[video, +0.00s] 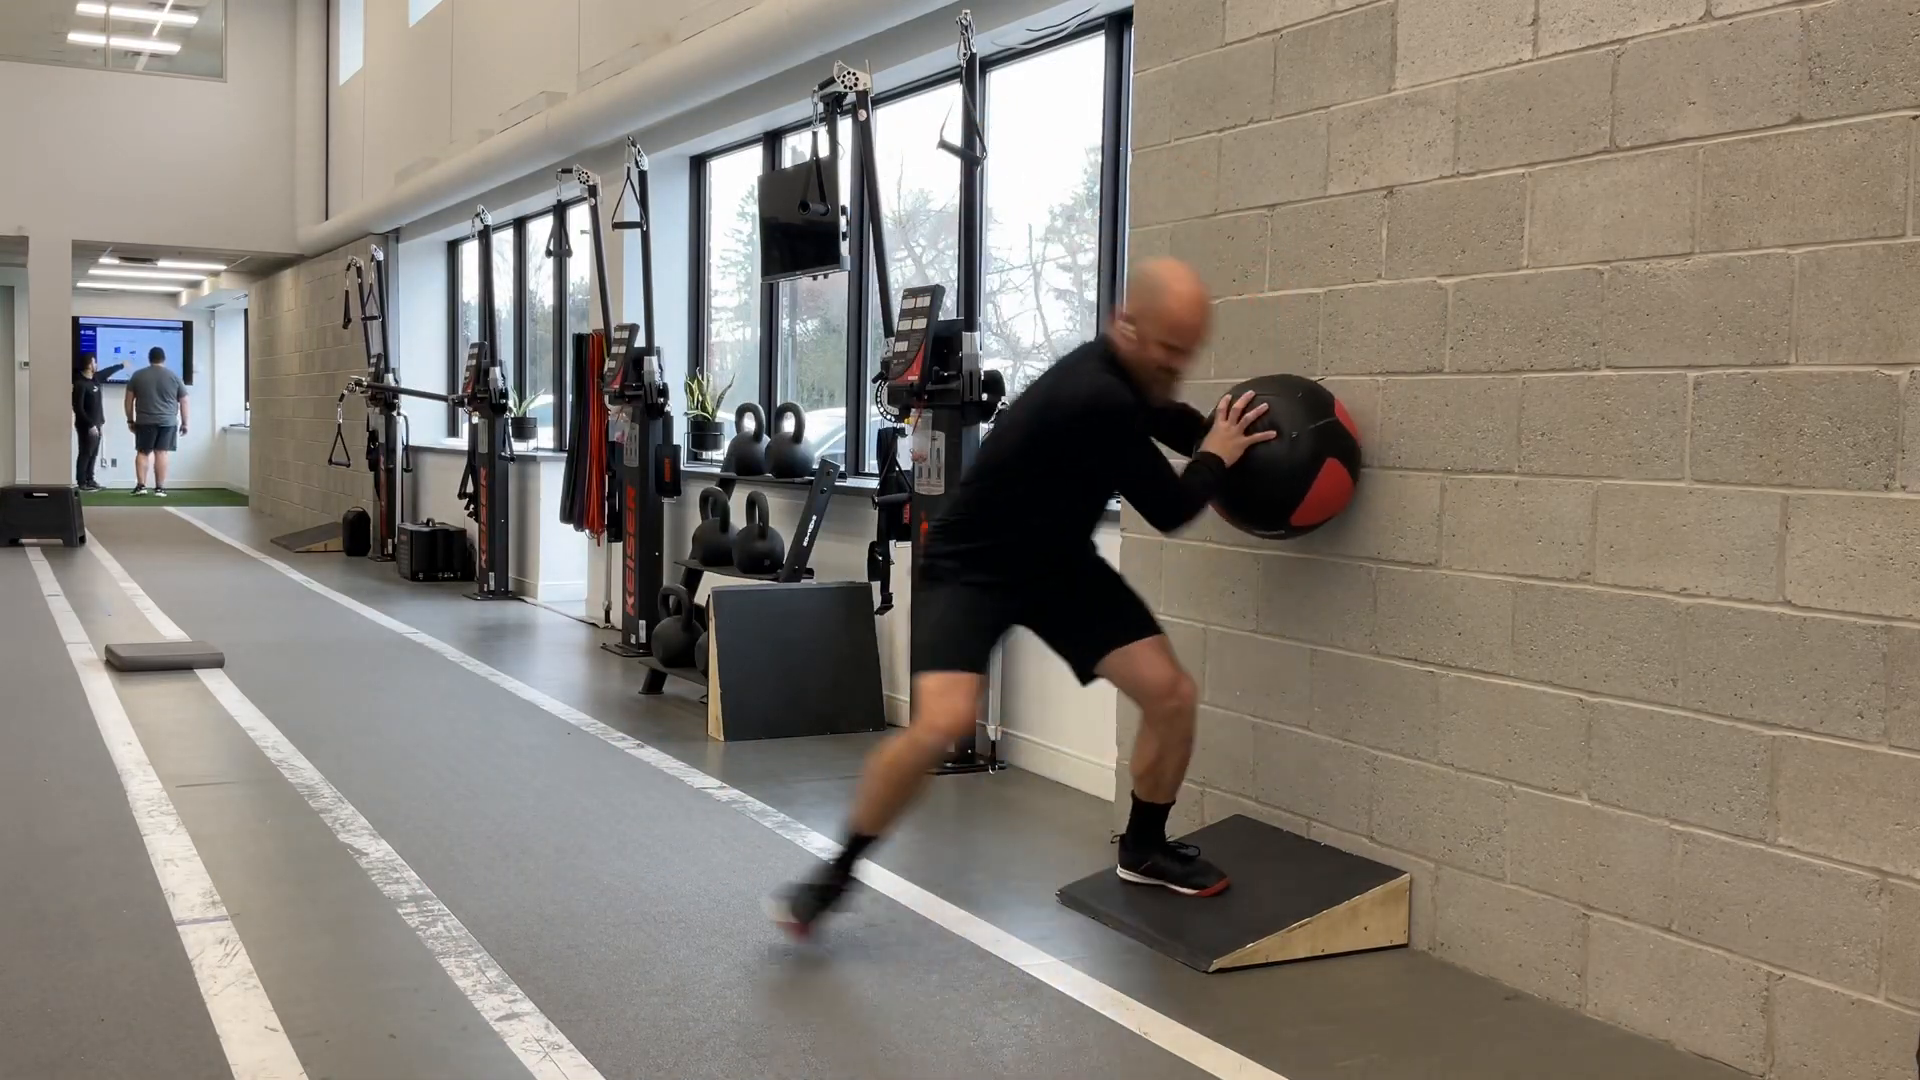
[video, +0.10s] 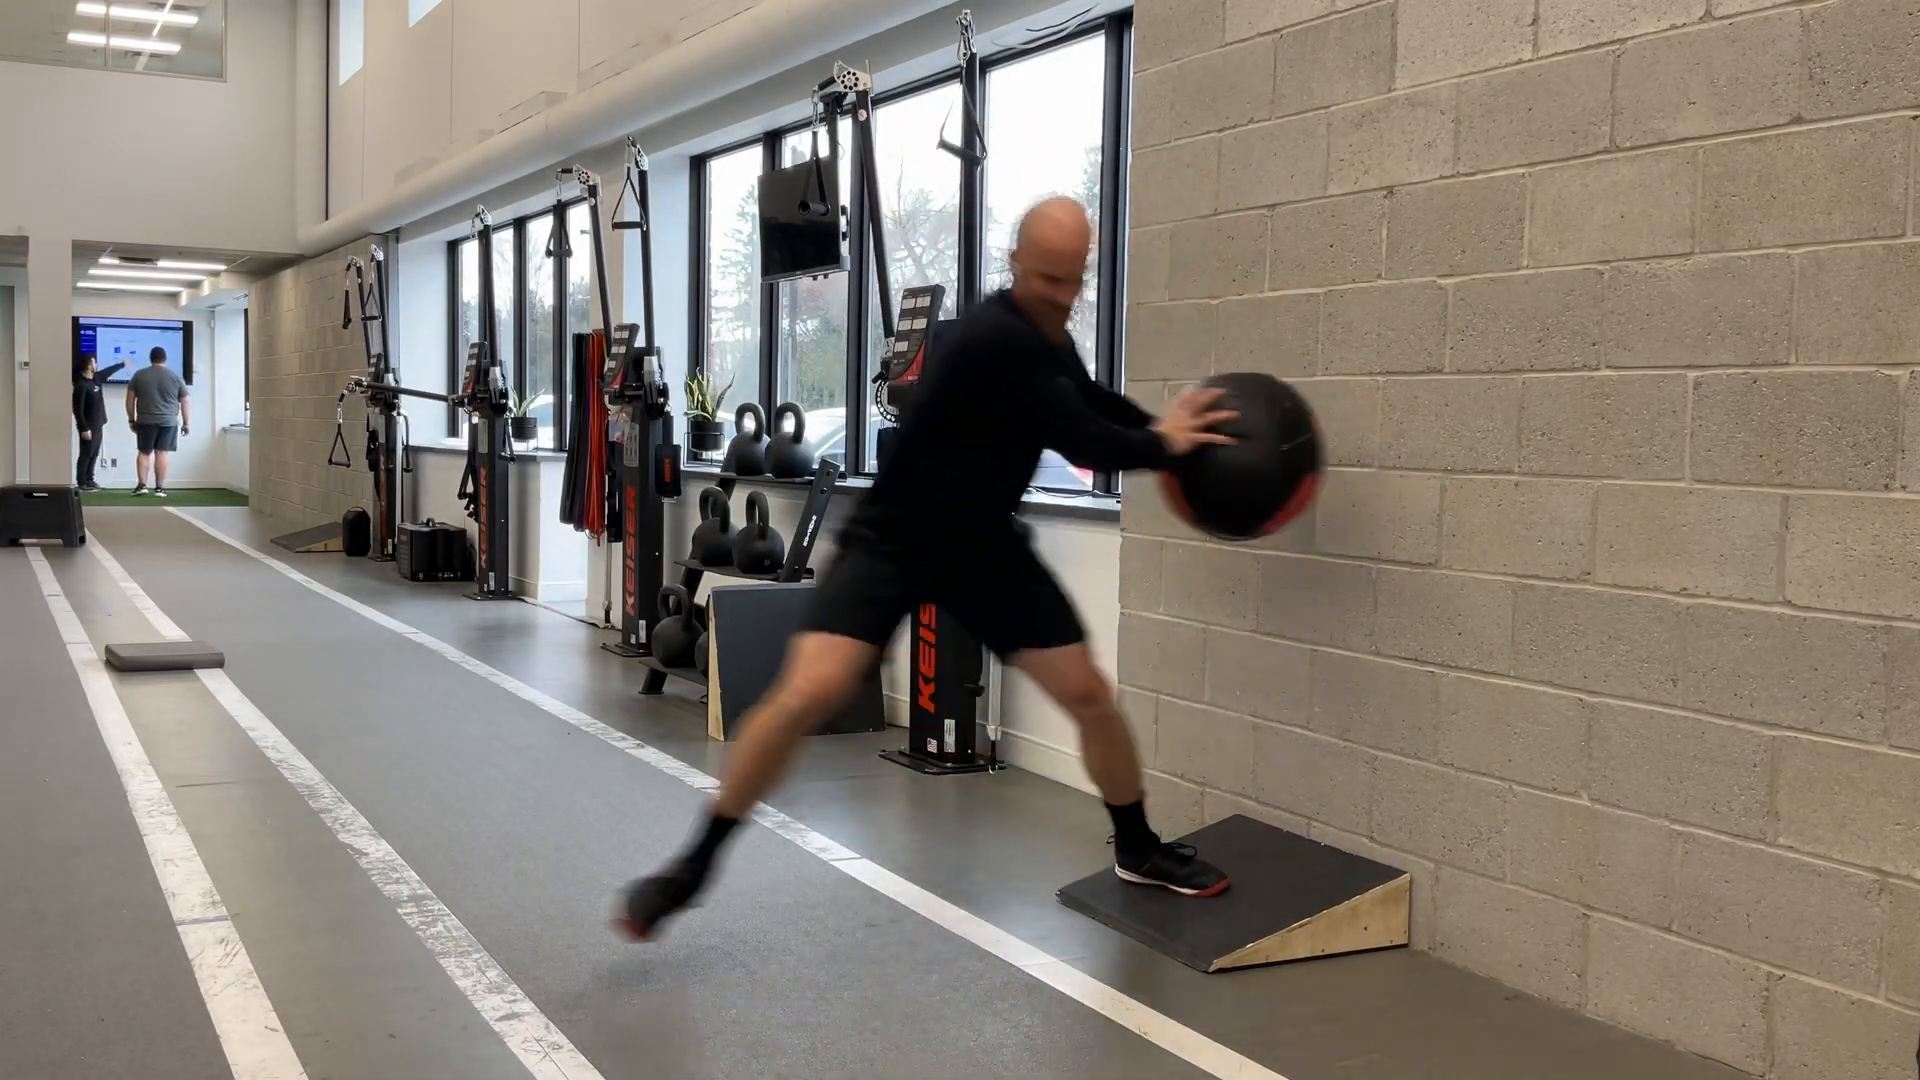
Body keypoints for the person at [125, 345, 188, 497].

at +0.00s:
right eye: (161, 358)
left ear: (149, 359)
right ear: (164, 359)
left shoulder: (138, 375)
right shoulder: (173, 377)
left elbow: (129, 399)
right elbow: (184, 400)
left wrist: (130, 420)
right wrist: (185, 423)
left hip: (145, 422)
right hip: (167, 423)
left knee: (143, 453)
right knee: (162, 452)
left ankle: (141, 485)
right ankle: (160, 487)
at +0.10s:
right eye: (163, 358)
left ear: (151, 359)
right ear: (165, 359)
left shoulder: (140, 375)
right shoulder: (174, 377)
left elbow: (130, 398)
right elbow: (185, 400)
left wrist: (131, 419)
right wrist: (186, 423)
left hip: (145, 422)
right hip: (168, 422)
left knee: (144, 452)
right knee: (163, 453)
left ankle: (142, 485)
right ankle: (160, 487)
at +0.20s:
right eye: (164, 358)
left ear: (151, 359)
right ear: (166, 359)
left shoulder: (140, 375)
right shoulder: (175, 377)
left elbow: (131, 399)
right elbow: (186, 400)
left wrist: (131, 419)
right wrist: (186, 423)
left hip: (146, 422)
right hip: (168, 423)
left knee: (145, 452)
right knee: (163, 453)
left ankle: (143, 484)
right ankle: (160, 487)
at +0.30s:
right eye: (164, 358)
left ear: (151, 359)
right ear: (166, 359)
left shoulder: (141, 375)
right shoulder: (176, 377)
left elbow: (131, 398)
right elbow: (186, 400)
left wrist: (131, 420)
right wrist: (186, 423)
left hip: (147, 422)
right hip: (169, 423)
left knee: (145, 452)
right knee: (163, 453)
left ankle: (144, 483)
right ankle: (160, 487)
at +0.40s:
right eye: (164, 358)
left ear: (151, 359)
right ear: (166, 359)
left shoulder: (141, 375)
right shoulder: (176, 376)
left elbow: (131, 398)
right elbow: (186, 400)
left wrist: (131, 420)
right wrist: (186, 422)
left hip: (147, 422)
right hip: (169, 423)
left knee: (146, 452)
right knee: (163, 452)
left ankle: (145, 482)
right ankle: (160, 487)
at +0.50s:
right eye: (164, 358)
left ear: (151, 359)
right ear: (166, 359)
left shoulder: (141, 375)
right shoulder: (176, 376)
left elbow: (131, 398)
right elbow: (186, 401)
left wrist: (131, 420)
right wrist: (186, 423)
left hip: (147, 422)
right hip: (169, 423)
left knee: (145, 452)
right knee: (163, 452)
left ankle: (145, 482)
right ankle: (160, 487)